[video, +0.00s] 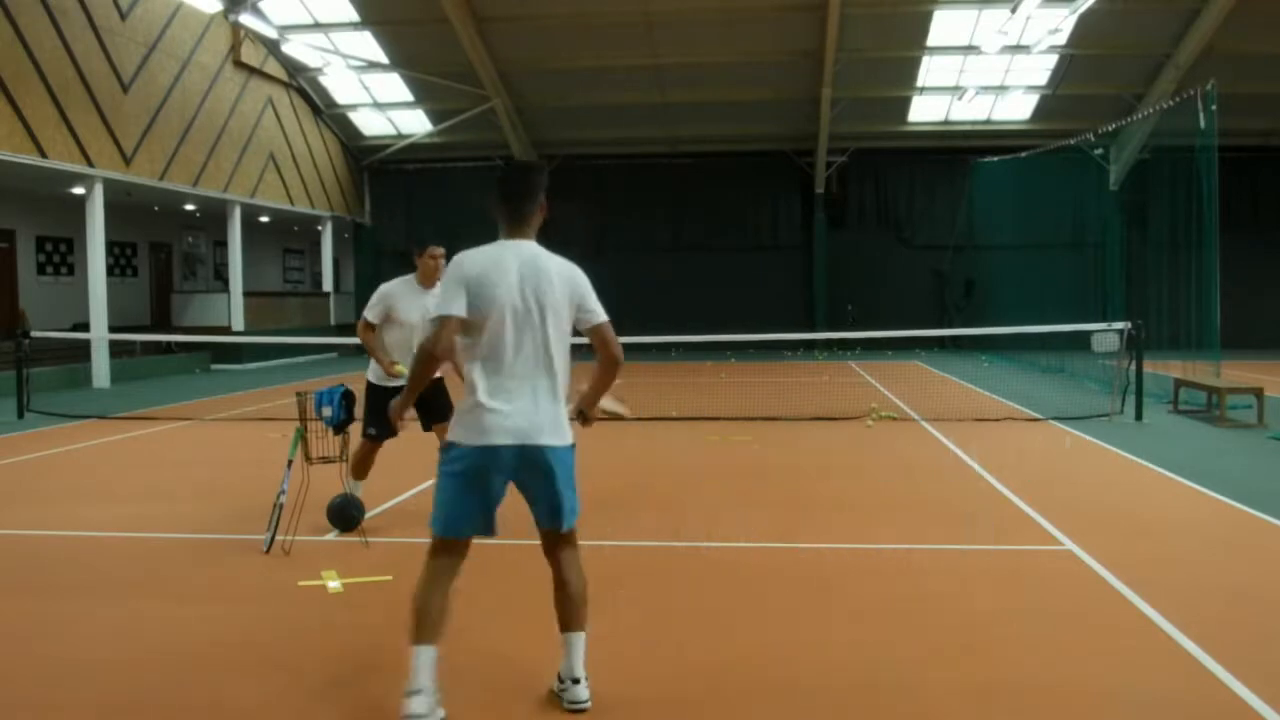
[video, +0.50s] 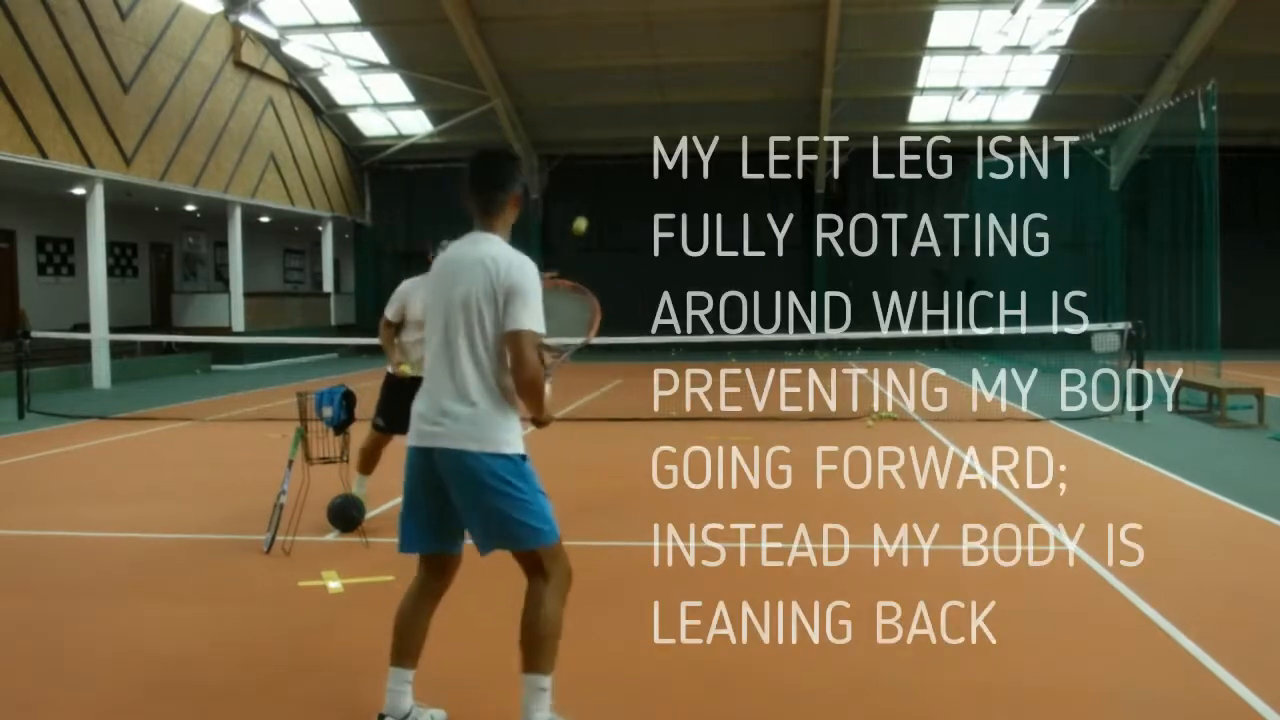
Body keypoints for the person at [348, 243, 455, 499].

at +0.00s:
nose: (439, 264)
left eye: (442, 258)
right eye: (432, 258)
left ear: (446, 262)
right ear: (418, 260)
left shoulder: (448, 294)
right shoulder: (390, 292)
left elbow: (451, 342)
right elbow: (365, 329)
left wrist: (469, 379)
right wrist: (385, 362)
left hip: (429, 379)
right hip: (386, 381)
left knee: (450, 436)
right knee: (372, 441)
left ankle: (456, 499)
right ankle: (352, 497)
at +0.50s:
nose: (448, 262)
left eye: (453, 257)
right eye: (443, 255)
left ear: (460, 261)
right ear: (432, 258)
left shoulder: (462, 293)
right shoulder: (411, 288)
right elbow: (387, 325)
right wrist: (394, 359)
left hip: (444, 378)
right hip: (406, 376)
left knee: (445, 442)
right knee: (379, 436)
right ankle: (359, 491)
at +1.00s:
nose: (386, 250)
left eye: (389, 244)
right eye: (379, 245)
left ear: (393, 249)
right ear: (366, 250)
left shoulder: (405, 286)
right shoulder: (345, 288)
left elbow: (409, 322)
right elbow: (323, 331)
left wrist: (414, 344)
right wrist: (353, 360)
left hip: (398, 379)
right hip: (358, 382)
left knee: (424, 433)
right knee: (347, 442)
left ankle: (445, 497)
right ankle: (338, 498)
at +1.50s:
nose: (379, 244)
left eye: (382, 239)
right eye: (372, 239)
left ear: (385, 244)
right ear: (357, 243)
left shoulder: (393, 279)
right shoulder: (340, 281)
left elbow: (400, 318)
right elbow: (329, 328)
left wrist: (404, 342)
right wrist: (369, 345)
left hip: (388, 373)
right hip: (349, 376)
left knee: (402, 431)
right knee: (339, 436)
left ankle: (411, 495)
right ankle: (337, 497)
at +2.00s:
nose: (383, 245)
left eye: (386, 240)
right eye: (378, 240)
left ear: (387, 244)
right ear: (360, 243)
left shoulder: (393, 278)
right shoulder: (341, 281)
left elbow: (401, 316)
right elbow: (324, 328)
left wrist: (418, 341)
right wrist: (359, 351)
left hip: (389, 373)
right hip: (351, 376)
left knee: (403, 432)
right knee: (340, 436)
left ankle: (411, 495)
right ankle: (337, 497)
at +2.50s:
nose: (388, 247)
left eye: (387, 242)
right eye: (385, 242)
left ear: (372, 244)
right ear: (374, 243)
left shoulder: (383, 278)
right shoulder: (341, 280)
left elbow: (391, 320)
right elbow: (321, 327)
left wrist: (426, 330)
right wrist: (358, 354)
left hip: (388, 373)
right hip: (352, 377)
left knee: (401, 432)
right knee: (342, 437)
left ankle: (411, 495)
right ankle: (337, 497)